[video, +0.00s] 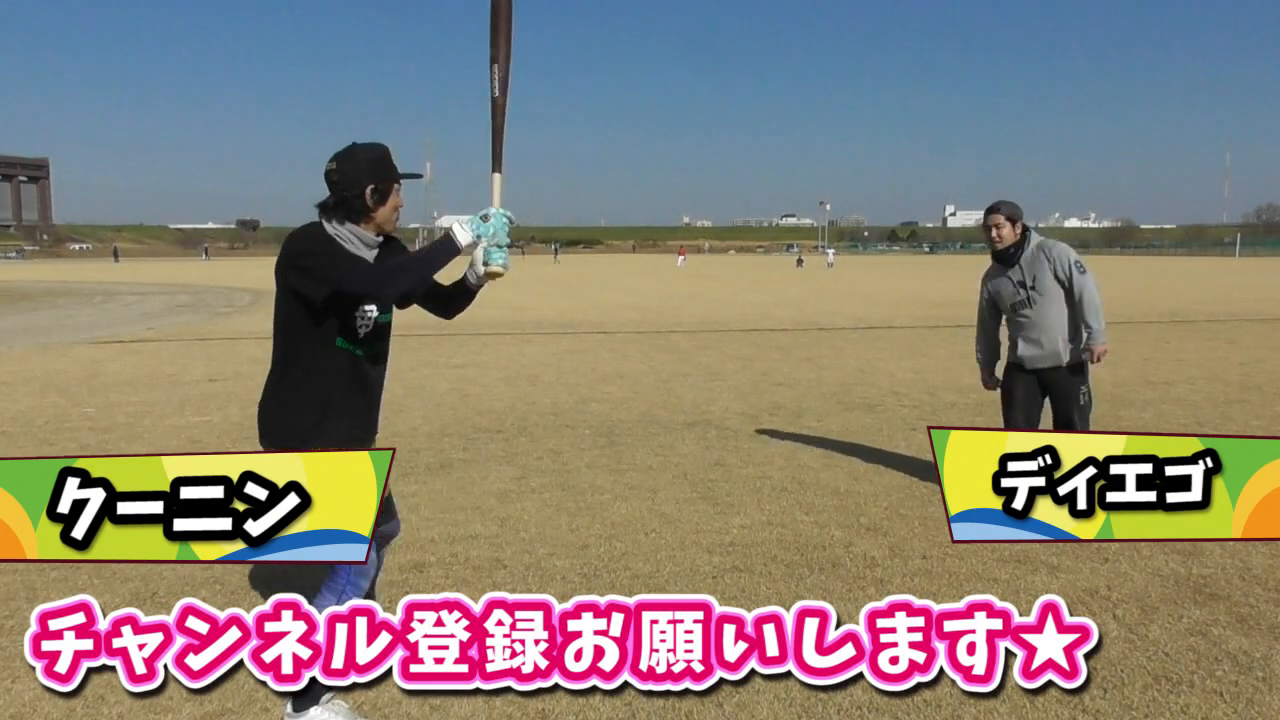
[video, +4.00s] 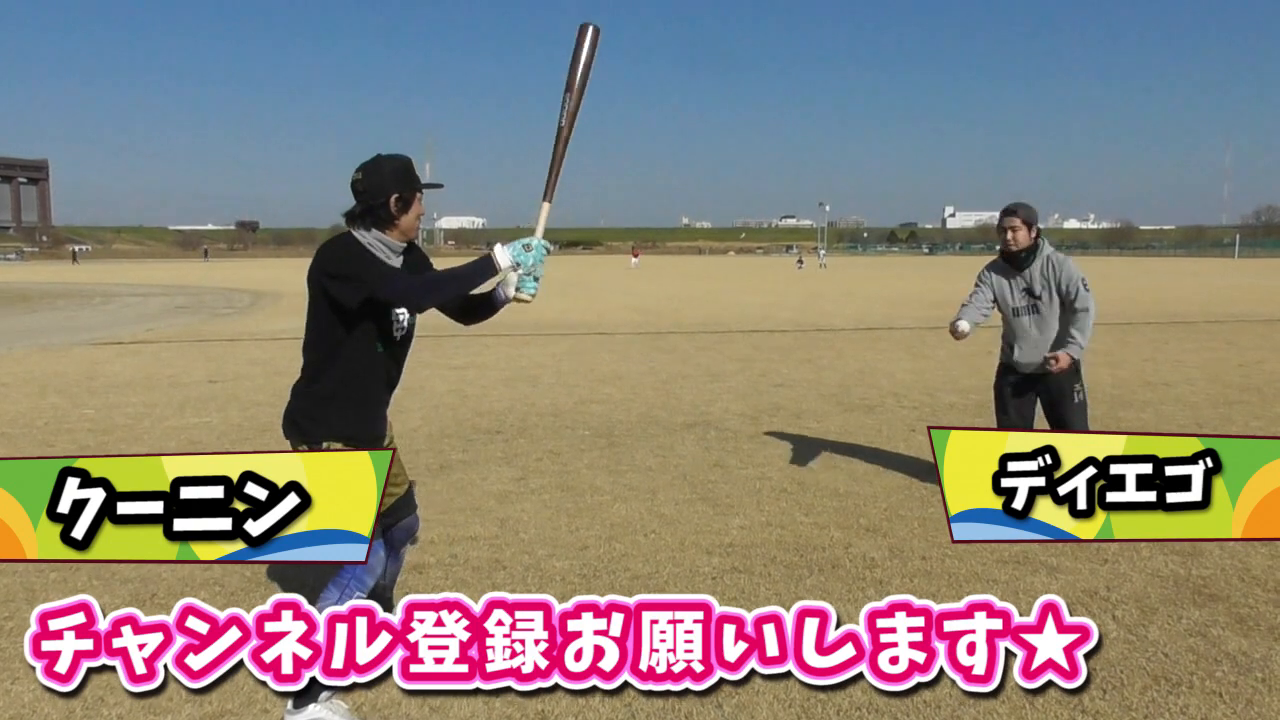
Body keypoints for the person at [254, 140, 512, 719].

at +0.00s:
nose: (402, 202)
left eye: (400, 192)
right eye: (396, 192)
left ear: (365, 197)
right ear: (371, 196)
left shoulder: (381, 253)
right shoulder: (309, 246)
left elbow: (445, 302)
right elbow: (375, 284)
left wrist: (479, 271)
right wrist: (453, 239)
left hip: (346, 433)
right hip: (305, 433)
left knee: (374, 530)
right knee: (376, 529)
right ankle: (309, 692)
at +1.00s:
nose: (455, 226)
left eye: (453, 216)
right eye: (446, 218)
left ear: (420, 225)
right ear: (416, 226)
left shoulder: (445, 274)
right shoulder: (338, 259)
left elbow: (417, 331)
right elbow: (281, 328)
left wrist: (363, 289)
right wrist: (331, 269)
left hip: (406, 428)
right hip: (343, 437)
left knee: (471, 514)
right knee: (369, 564)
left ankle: (475, 605)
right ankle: (305, 694)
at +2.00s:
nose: (491, 209)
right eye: (492, 202)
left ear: (432, 202)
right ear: (485, 214)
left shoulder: (397, 249)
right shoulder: (501, 268)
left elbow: (323, 194)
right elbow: (450, 269)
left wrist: (277, 122)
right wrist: (376, 255)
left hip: (399, 431)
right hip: (461, 436)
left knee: (436, 556)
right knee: (434, 572)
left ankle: (472, 639)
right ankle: (395, 694)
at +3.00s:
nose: (469, 203)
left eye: (467, 194)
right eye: (465, 196)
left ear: (427, 201)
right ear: (446, 202)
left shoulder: (425, 250)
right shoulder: (419, 257)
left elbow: (473, 322)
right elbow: (471, 329)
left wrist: (538, 350)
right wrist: (544, 360)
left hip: (422, 422)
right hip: (400, 426)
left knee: (470, 508)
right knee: (424, 556)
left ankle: (464, 620)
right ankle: (326, 679)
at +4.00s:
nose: (424, 208)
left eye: (422, 199)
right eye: (419, 199)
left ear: (393, 205)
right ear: (397, 204)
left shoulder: (409, 257)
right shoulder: (343, 253)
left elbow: (465, 309)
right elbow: (406, 292)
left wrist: (509, 286)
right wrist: (494, 259)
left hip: (370, 426)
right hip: (325, 430)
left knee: (401, 528)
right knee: (367, 557)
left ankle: (366, 631)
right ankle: (310, 690)